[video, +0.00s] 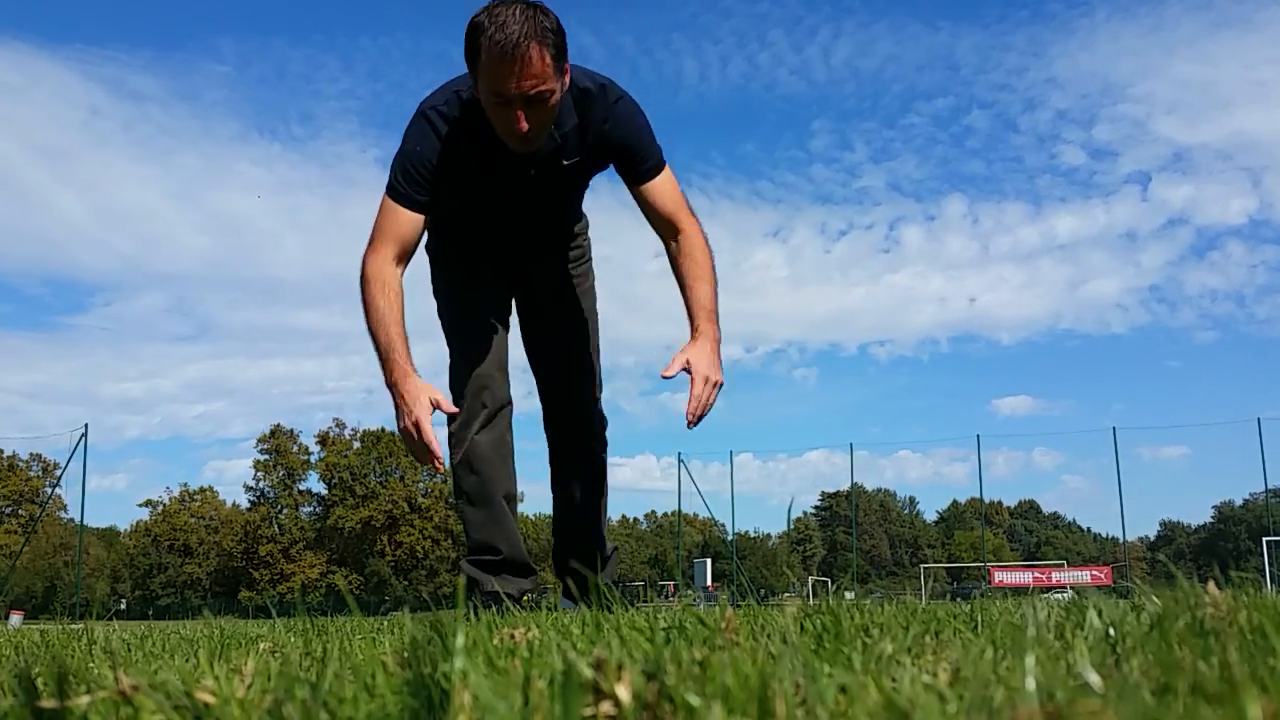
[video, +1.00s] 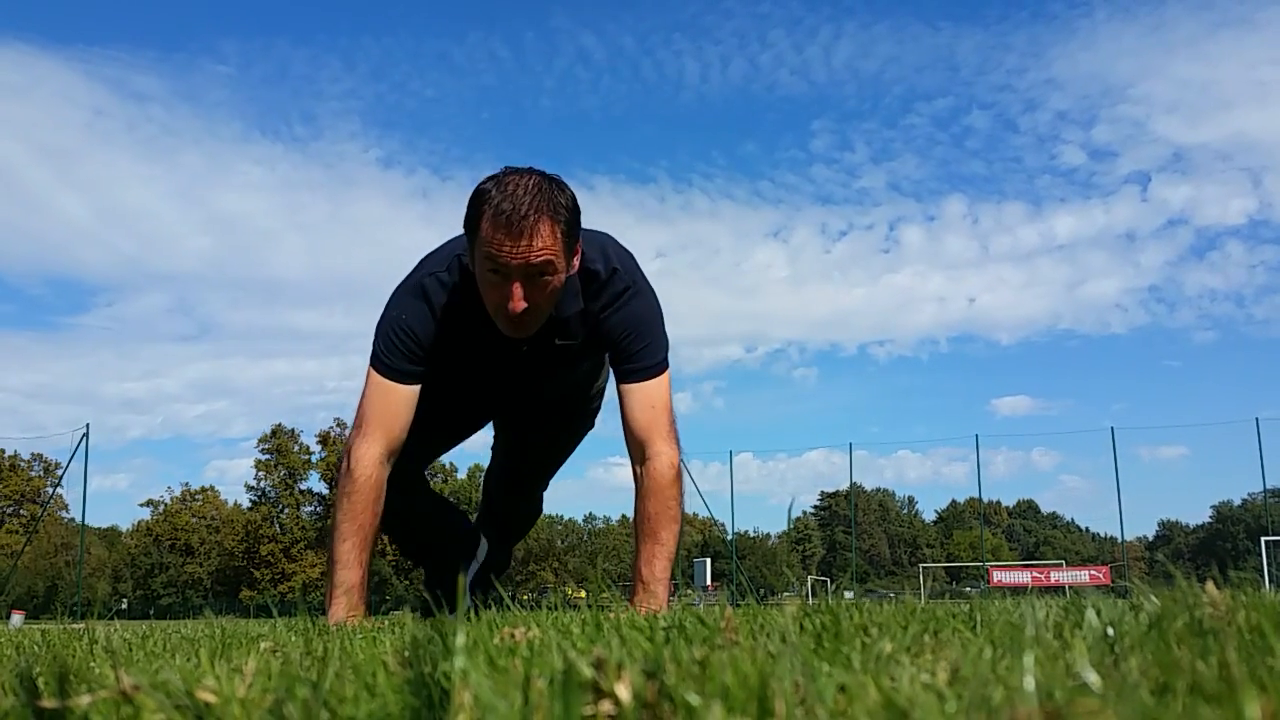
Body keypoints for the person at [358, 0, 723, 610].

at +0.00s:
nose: (520, 121)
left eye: (535, 101)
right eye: (502, 103)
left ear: (564, 76)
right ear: (476, 80)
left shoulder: (604, 110)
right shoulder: (440, 124)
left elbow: (680, 228)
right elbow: (381, 259)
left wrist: (706, 336)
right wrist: (401, 379)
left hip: (556, 248)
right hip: (466, 255)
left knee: (577, 407)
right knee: (482, 400)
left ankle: (588, 583)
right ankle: (498, 590)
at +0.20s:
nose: (503, 196)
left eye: (519, 174)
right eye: (484, 177)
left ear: (548, 147)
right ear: (456, 154)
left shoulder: (591, 172)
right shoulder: (418, 175)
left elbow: (653, 311)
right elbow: (352, 309)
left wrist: (683, 459)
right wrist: (363, 456)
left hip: (549, 264)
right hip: (460, 268)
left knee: (542, 409)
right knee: (479, 400)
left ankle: (534, 579)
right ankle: (497, 588)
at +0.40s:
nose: (501, 279)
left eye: (518, 259)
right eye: (482, 261)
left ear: (546, 227)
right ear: (453, 234)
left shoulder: (585, 243)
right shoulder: (414, 234)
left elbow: (631, 399)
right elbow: (343, 368)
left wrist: (638, 554)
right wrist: (342, 522)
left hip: (548, 295)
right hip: (450, 290)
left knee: (523, 420)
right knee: (460, 415)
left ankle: (495, 566)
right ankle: (493, 580)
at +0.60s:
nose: (511, 345)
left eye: (529, 325)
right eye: (492, 326)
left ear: (561, 291)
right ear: (465, 296)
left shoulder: (604, 295)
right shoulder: (422, 293)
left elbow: (644, 454)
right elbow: (363, 437)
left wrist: (647, 606)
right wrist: (351, 601)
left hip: (561, 339)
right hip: (460, 333)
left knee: (511, 452)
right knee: (427, 429)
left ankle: (472, 585)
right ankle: (491, 576)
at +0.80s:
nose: (521, 308)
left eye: (543, 286)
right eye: (503, 284)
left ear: (574, 267)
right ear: (476, 259)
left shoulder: (617, 290)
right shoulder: (424, 298)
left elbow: (650, 453)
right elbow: (369, 448)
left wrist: (648, 608)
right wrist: (347, 614)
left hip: (558, 369)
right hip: (465, 364)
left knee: (517, 484)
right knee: (415, 446)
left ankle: (476, 597)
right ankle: (497, 585)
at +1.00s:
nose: (516, 300)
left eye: (538, 275)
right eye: (496, 274)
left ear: (572, 260)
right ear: (471, 254)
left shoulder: (618, 289)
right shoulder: (423, 300)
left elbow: (656, 453)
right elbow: (368, 453)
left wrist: (649, 610)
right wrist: (344, 616)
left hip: (559, 382)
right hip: (465, 375)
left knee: (514, 494)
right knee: (381, 474)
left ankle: (476, 586)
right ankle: (457, 560)